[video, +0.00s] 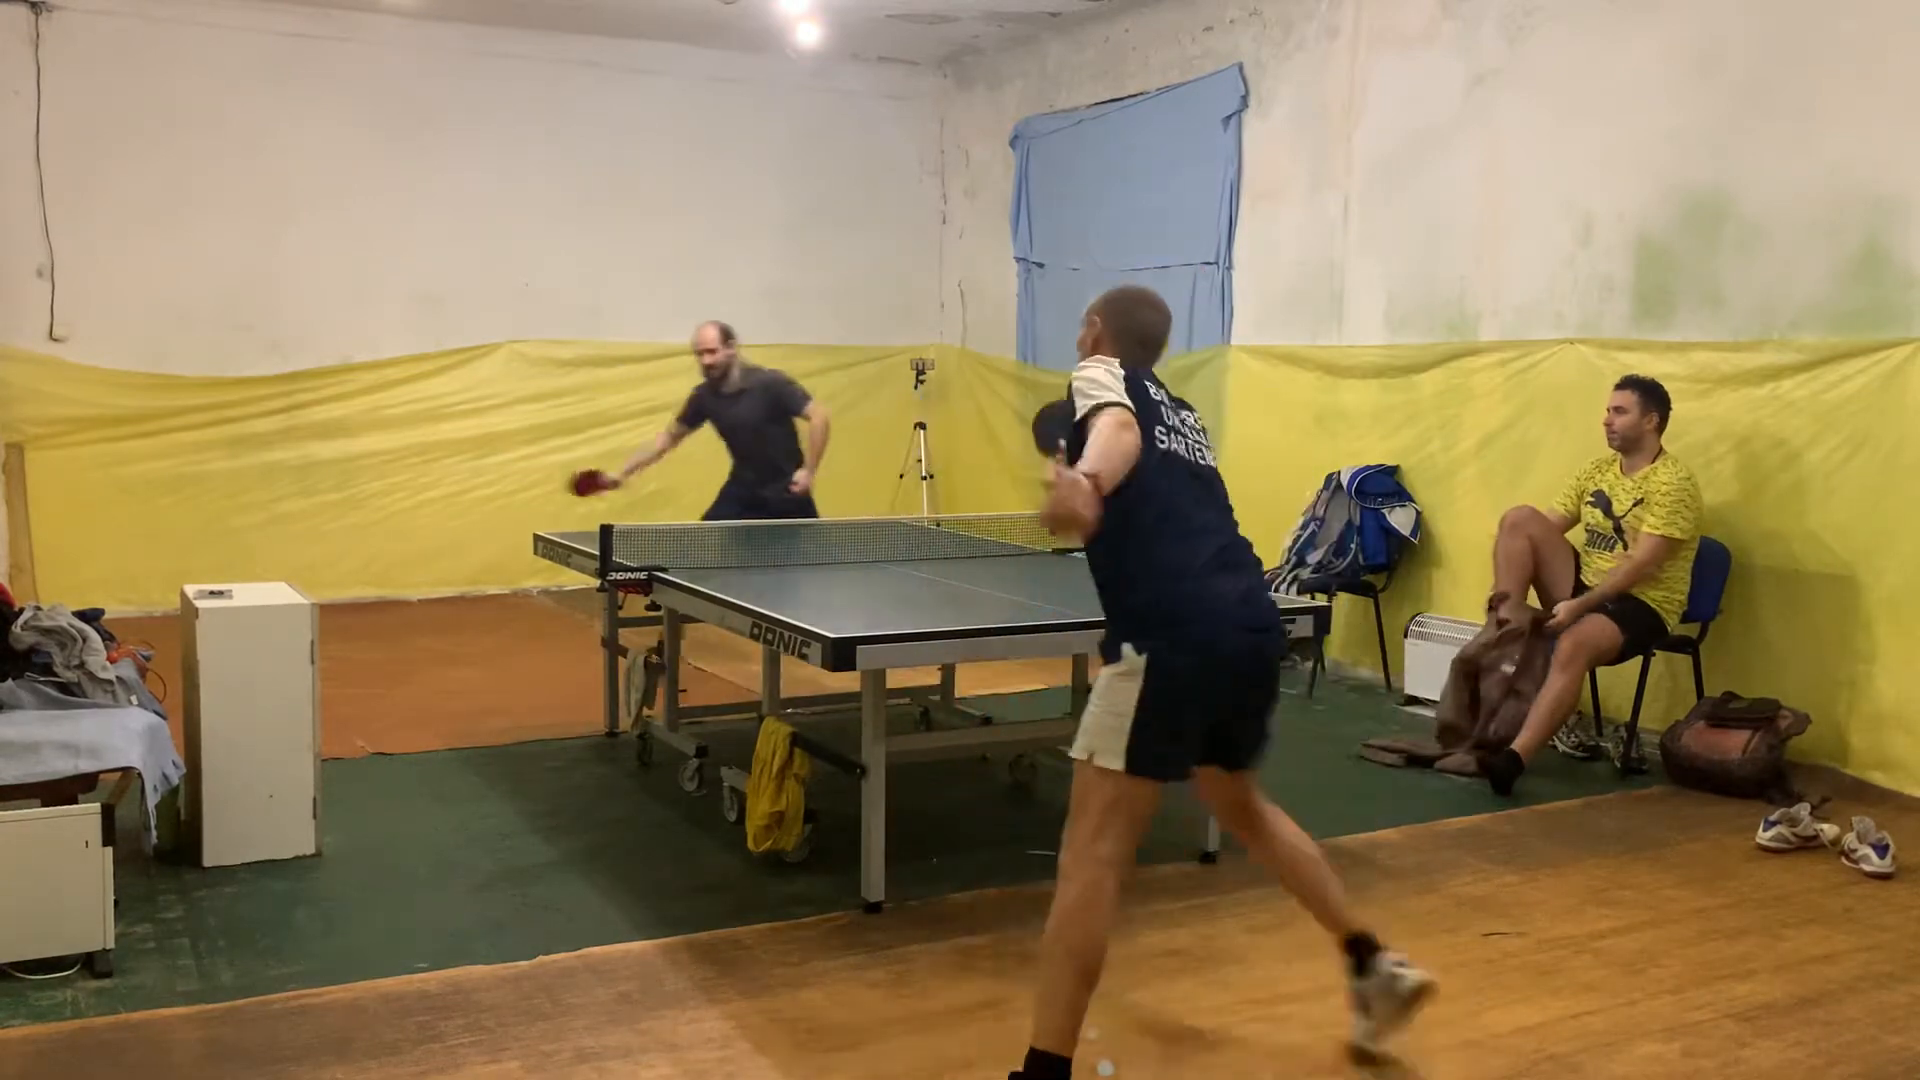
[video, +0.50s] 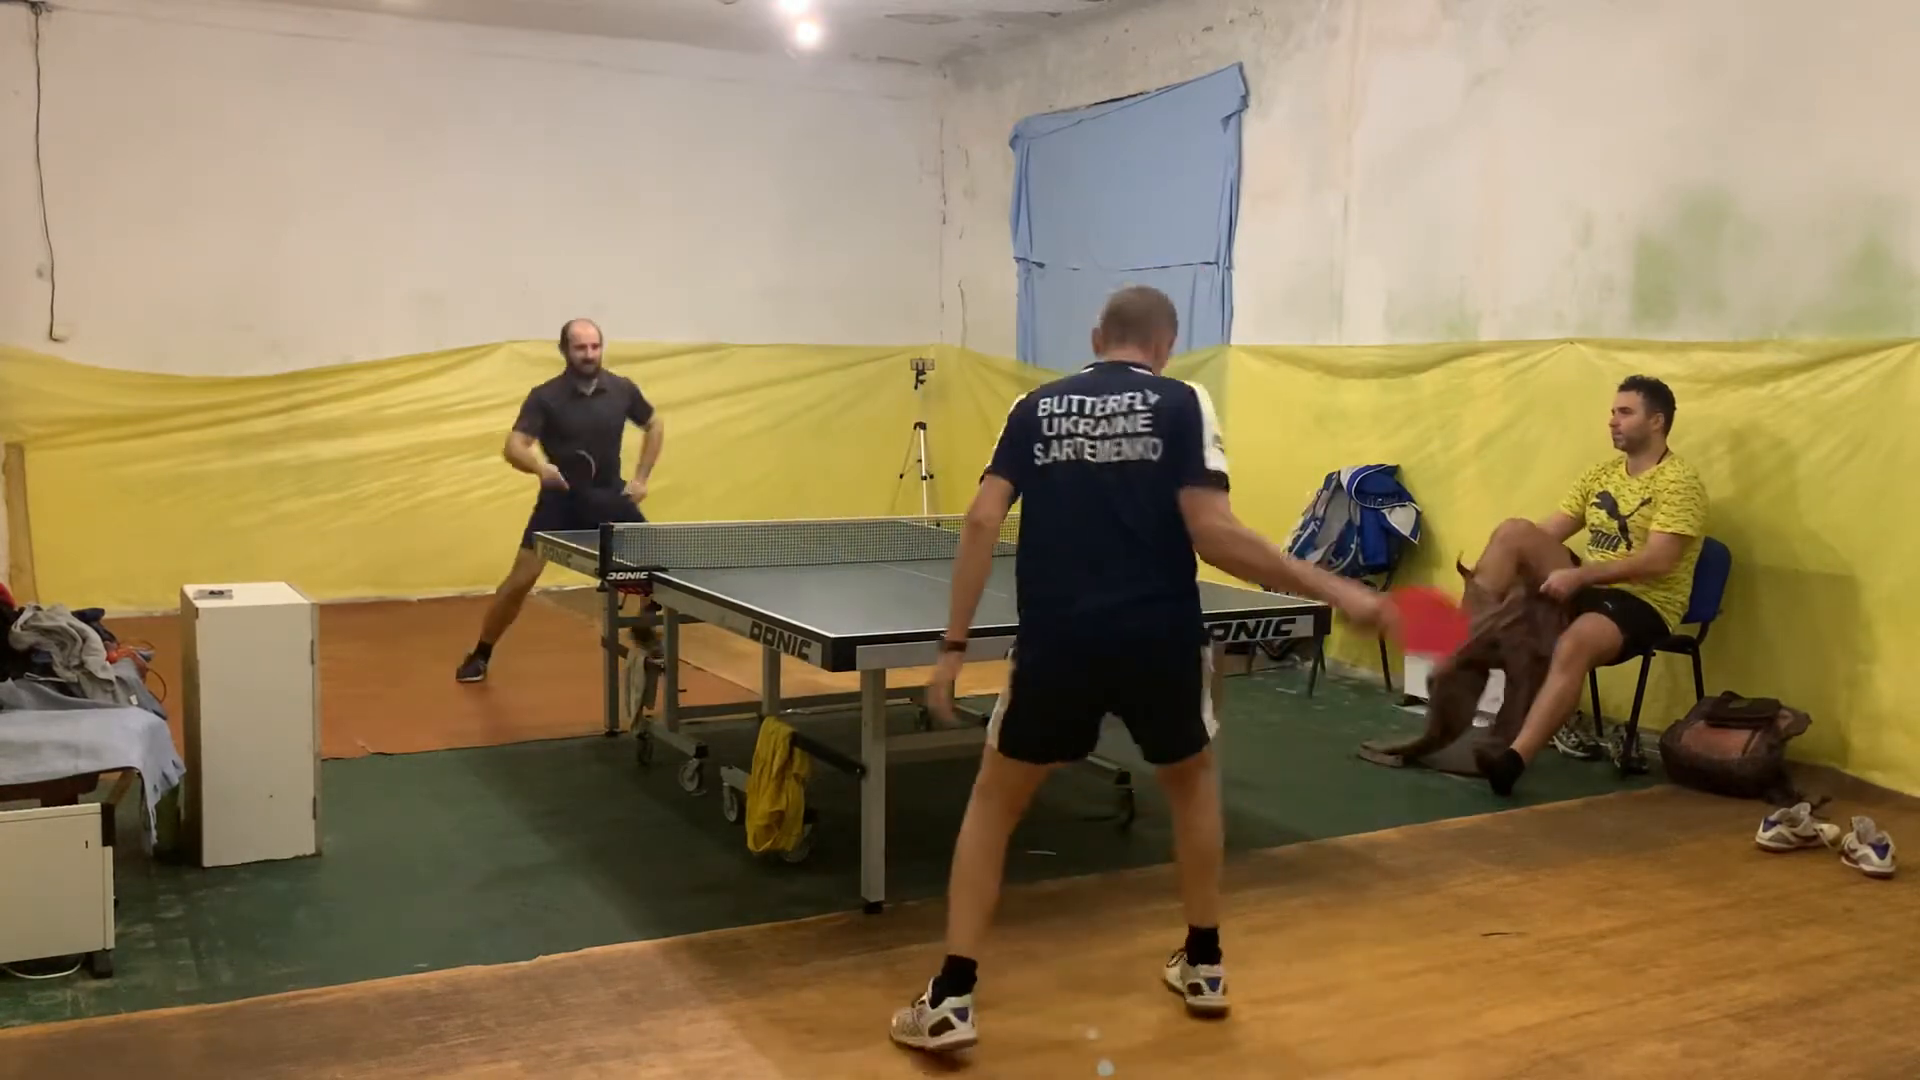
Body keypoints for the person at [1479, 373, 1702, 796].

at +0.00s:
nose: (1608, 420)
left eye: (1619, 412)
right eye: (1608, 412)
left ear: (1652, 421)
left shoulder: (1675, 484)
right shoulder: (1598, 471)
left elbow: (1643, 563)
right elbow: (1546, 528)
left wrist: (1581, 604)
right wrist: (1506, 589)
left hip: (1645, 601)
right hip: (1589, 587)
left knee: (1572, 647)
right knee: (1519, 521)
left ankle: (1514, 759)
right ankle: (1509, 633)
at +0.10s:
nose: (1607, 420)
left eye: (1618, 412)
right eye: (1607, 412)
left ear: (1652, 421)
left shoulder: (1676, 484)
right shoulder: (1598, 472)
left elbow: (1648, 565)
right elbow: (1547, 529)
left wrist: (1582, 604)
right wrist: (1507, 590)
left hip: (1646, 601)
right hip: (1589, 588)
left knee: (1574, 645)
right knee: (1519, 522)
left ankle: (1514, 759)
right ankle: (1508, 643)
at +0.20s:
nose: (1608, 420)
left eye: (1619, 413)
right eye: (1608, 412)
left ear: (1653, 421)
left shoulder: (1677, 483)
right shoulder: (1601, 472)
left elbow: (1651, 563)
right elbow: (1549, 530)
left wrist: (1581, 600)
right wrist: (1505, 589)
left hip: (1646, 602)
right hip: (1590, 587)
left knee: (1576, 644)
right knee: (1518, 523)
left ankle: (1516, 759)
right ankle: (1503, 642)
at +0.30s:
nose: (1609, 420)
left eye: (1621, 412)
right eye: (1609, 412)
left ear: (1655, 421)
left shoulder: (1677, 483)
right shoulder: (1602, 473)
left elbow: (1652, 563)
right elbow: (1552, 531)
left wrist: (1580, 596)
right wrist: (1500, 582)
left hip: (1645, 602)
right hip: (1589, 587)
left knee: (1575, 645)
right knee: (1517, 524)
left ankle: (1515, 759)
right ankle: (1489, 649)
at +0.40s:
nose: (1611, 420)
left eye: (1623, 412)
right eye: (1611, 412)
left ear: (1656, 422)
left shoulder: (1678, 482)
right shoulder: (1603, 473)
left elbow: (1656, 561)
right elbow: (1555, 529)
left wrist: (1581, 587)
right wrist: (1497, 574)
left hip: (1647, 601)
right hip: (1591, 584)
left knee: (1575, 645)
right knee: (1514, 528)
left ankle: (1515, 759)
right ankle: (1474, 661)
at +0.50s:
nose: (1613, 421)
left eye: (1625, 413)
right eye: (1613, 412)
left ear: (1658, 422)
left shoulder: (1680, 483)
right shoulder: (1604, 474)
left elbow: (1660, 560)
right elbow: (1551, 530)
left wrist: (1581, 575)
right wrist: (1493, 567)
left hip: (1648, 601)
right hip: (1592, 585)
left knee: (1575, 643)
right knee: (1513, 533)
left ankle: (1515, 759)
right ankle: (1464, 657)